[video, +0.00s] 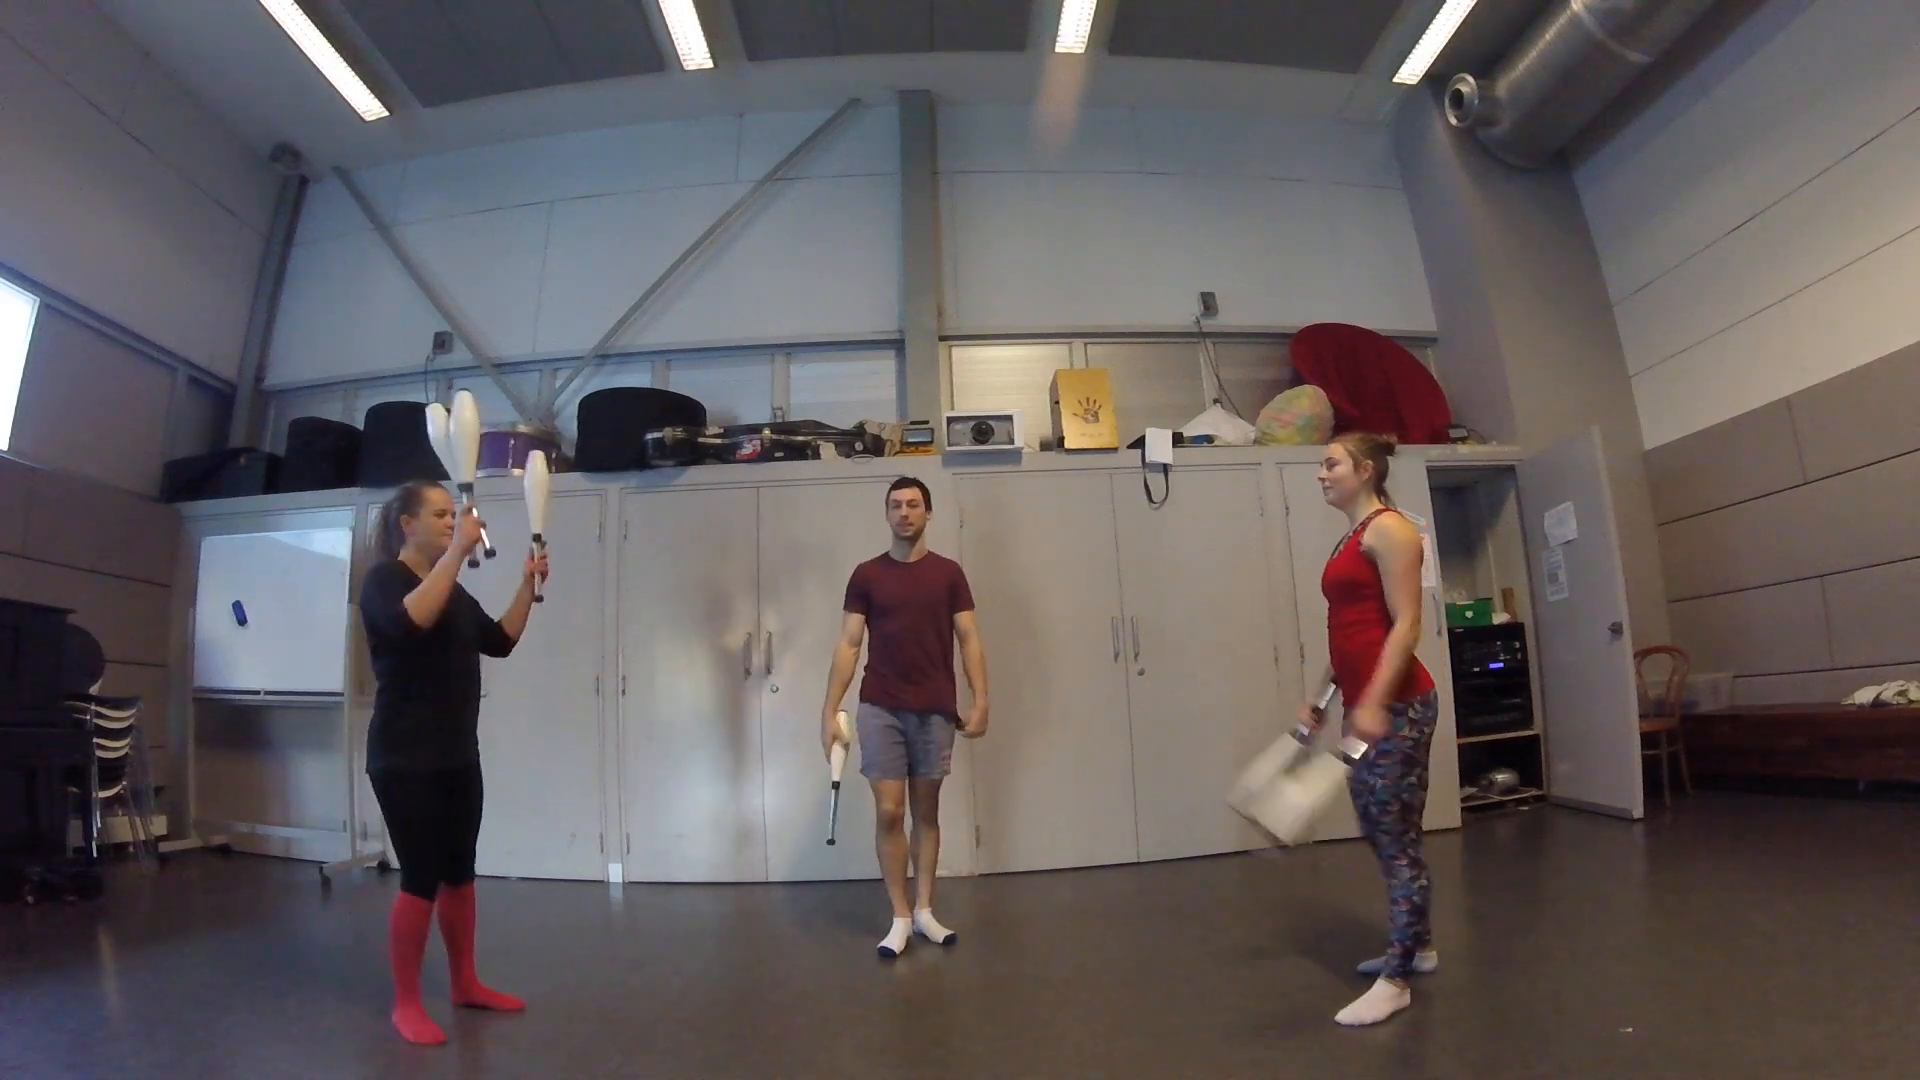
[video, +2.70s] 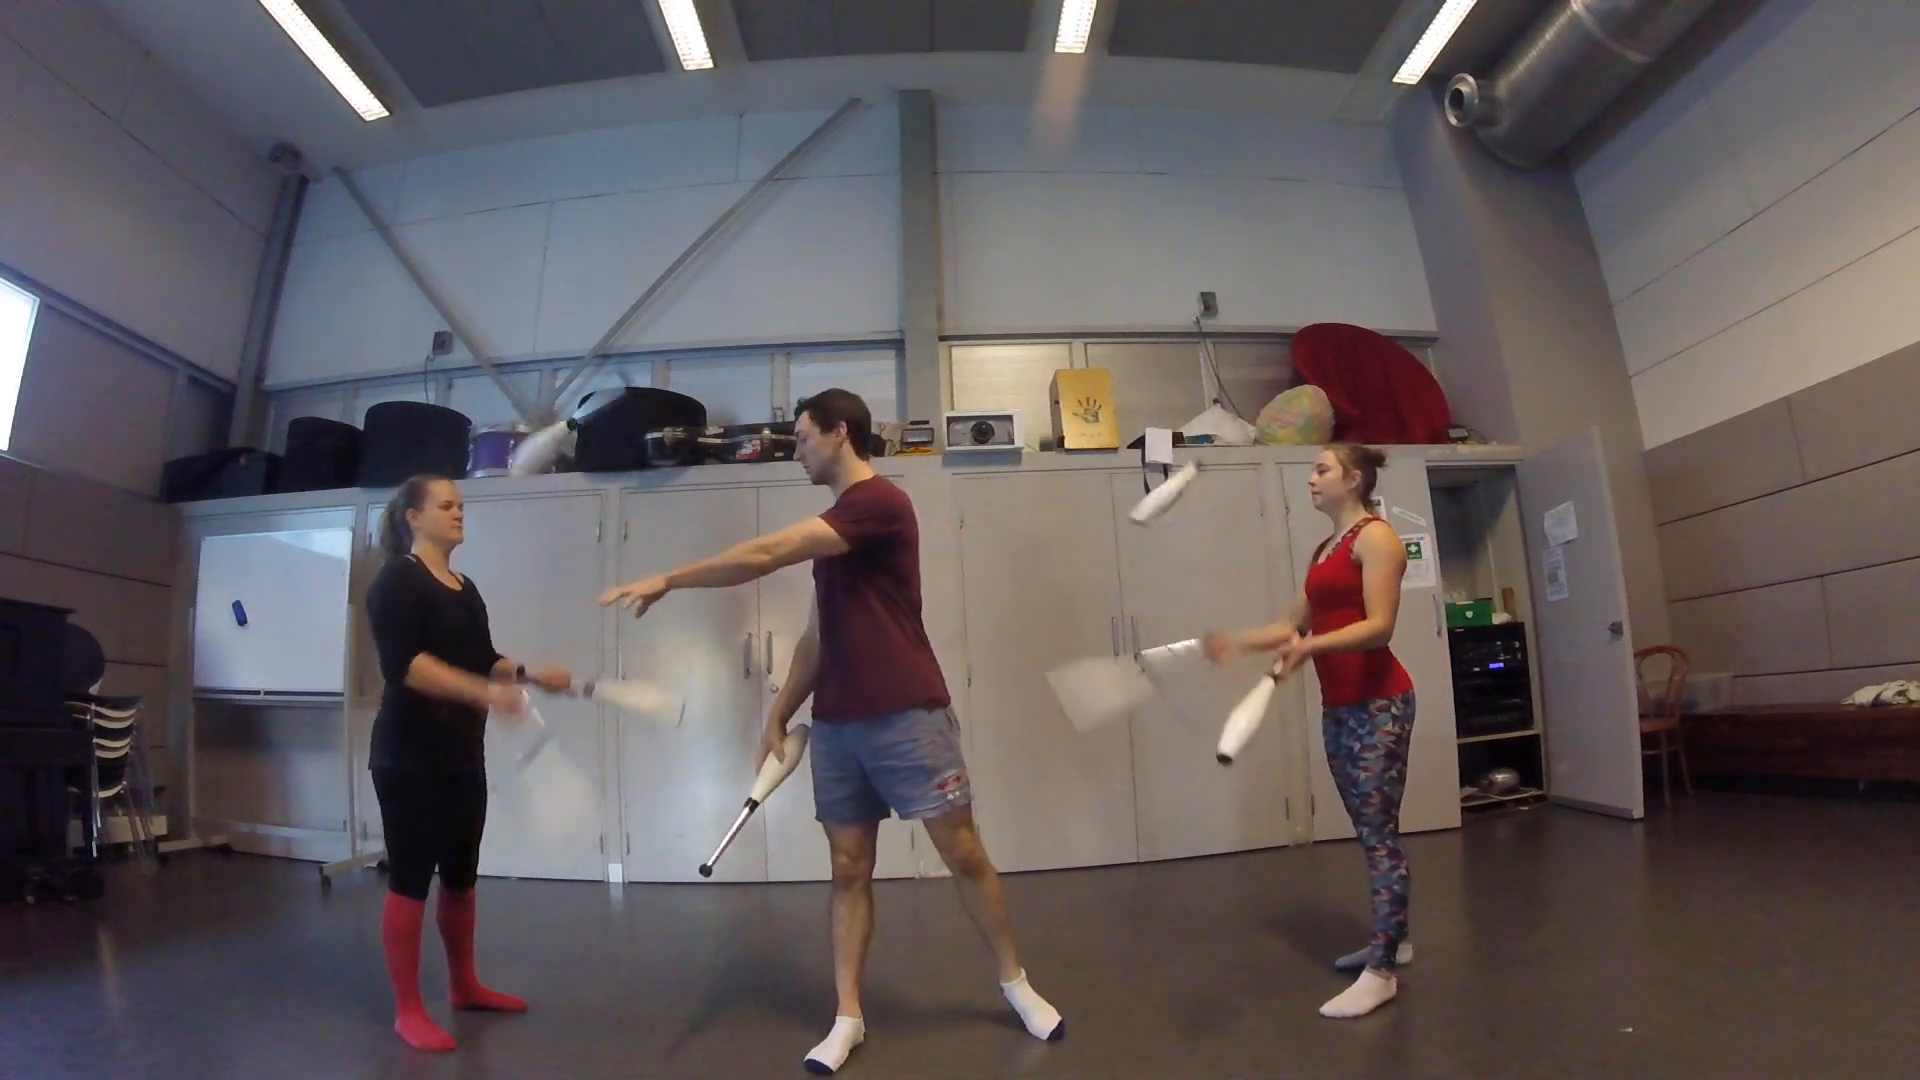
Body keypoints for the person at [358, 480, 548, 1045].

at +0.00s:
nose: (454, 525)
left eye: (455, 516)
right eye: (442, 515)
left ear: (452, 529)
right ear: (406, 524)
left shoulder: (452, 591)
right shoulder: (382, 581)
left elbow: (499, 642)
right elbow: (411, 619)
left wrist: (529, 587)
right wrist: (457, 552)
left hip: (458, 751)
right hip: (403, 755)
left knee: (460, 874)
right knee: (421, 878)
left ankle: (465, 986)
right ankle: (407, 1004)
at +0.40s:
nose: (460, 519)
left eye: (461, 511)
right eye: (449, 510)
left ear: (454, 523)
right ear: (413, 519)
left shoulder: (460, 588)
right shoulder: (389, 582)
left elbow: (503, 646)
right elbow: (418, 643)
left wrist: (531, 596)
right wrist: (490, 610)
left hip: (457, 750)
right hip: (402, 753)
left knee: (458, 871)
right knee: (403, 875)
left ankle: (465, 986)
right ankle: (404, 1004)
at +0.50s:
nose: (465, 519)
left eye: (465, 510)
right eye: (454, 510)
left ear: (458, 522)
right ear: (417, 519)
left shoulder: (462, 586)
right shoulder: (395, 582)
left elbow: (505, 645)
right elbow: (400, 660)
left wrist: (536, 590)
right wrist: (481, 671)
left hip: (457, 748)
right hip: (402, 751)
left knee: (457, 871)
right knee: (403, 875)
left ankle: (465, 986)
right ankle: (404, 1005)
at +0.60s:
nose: (469, 518)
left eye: (470, 510)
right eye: (458, 510)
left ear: (463, 523)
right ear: (422, 520)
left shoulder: (467, 587)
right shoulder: (401, 584)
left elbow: (508, 644)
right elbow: (391, 669)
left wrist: (538, 587)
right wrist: (455, 723)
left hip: (461, 749)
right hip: (405, 751)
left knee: (457, 872)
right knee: (404, 876)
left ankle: (465, 986)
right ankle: (404, 1006)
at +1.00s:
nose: (476, 519)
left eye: (476, 510)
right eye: (465, 510)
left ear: (467, 521)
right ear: (429, 520)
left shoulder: (468, 585)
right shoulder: (415, 583)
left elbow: (492, 656)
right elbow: (434, 661)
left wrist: (549, 625)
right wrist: (513, 691)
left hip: (462, 750)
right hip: (412, 753)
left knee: (459, 869)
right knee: (408, 873)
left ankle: (466, 987)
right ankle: (404, 1006)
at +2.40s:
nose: (459, 515)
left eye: (459, 507)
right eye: (446, 507)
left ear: (457, 518)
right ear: (412, 519)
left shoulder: (470, 588)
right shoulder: (394, 579)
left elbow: (504, 657)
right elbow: (379, 665)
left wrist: (540, 622)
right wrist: (435, 712)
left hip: (465, 750)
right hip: (410, 750)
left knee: (465, 871)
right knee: (410, 875)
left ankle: (466, 988)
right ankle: (408, 1011)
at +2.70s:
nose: (459, 515)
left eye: (460, 507)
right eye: (447, 507)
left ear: (456, 518)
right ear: (413, 518)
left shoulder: (464, 588)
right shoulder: (394, 583)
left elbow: (482, 661)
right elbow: (404, 666)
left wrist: (536, 674)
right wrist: (487, 694)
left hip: (463, 754)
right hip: (409, 757)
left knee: (460, 874)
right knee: (410, 878)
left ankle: (465, 988)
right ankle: (408, 1012)